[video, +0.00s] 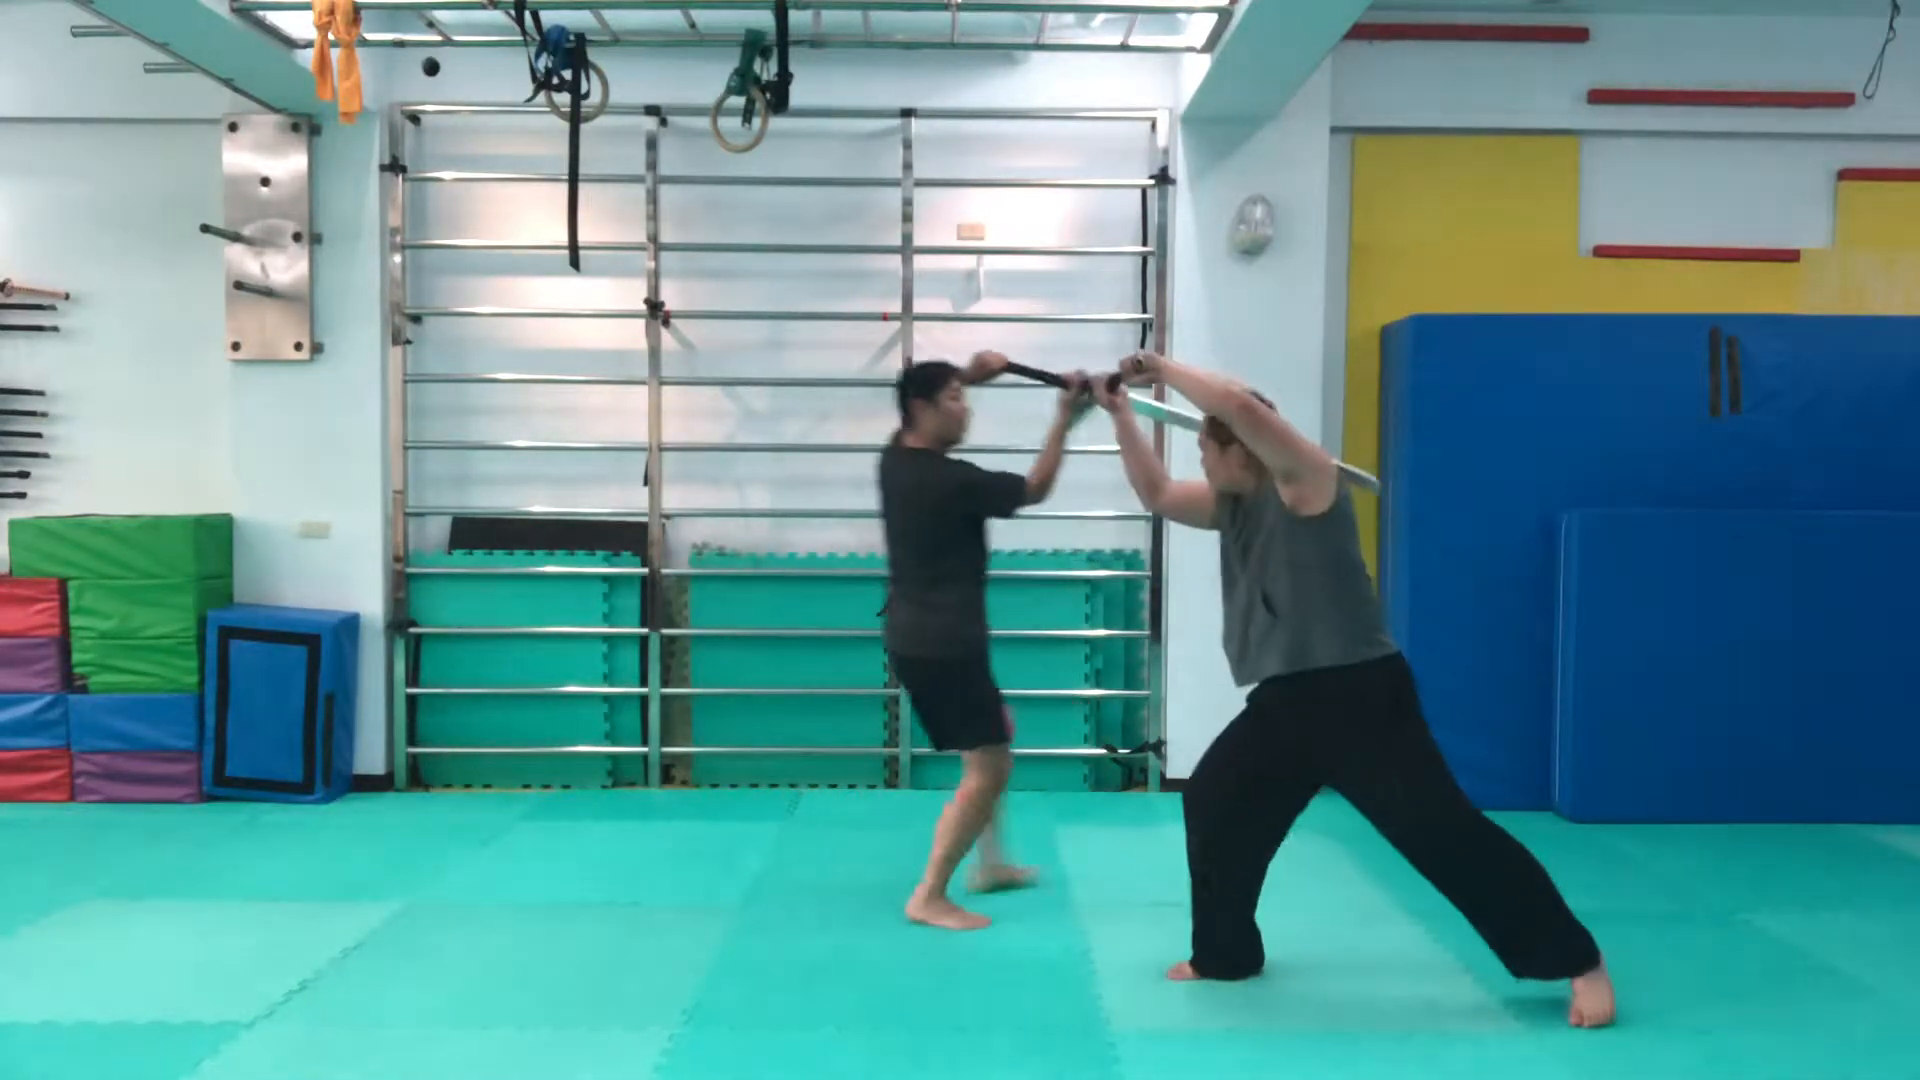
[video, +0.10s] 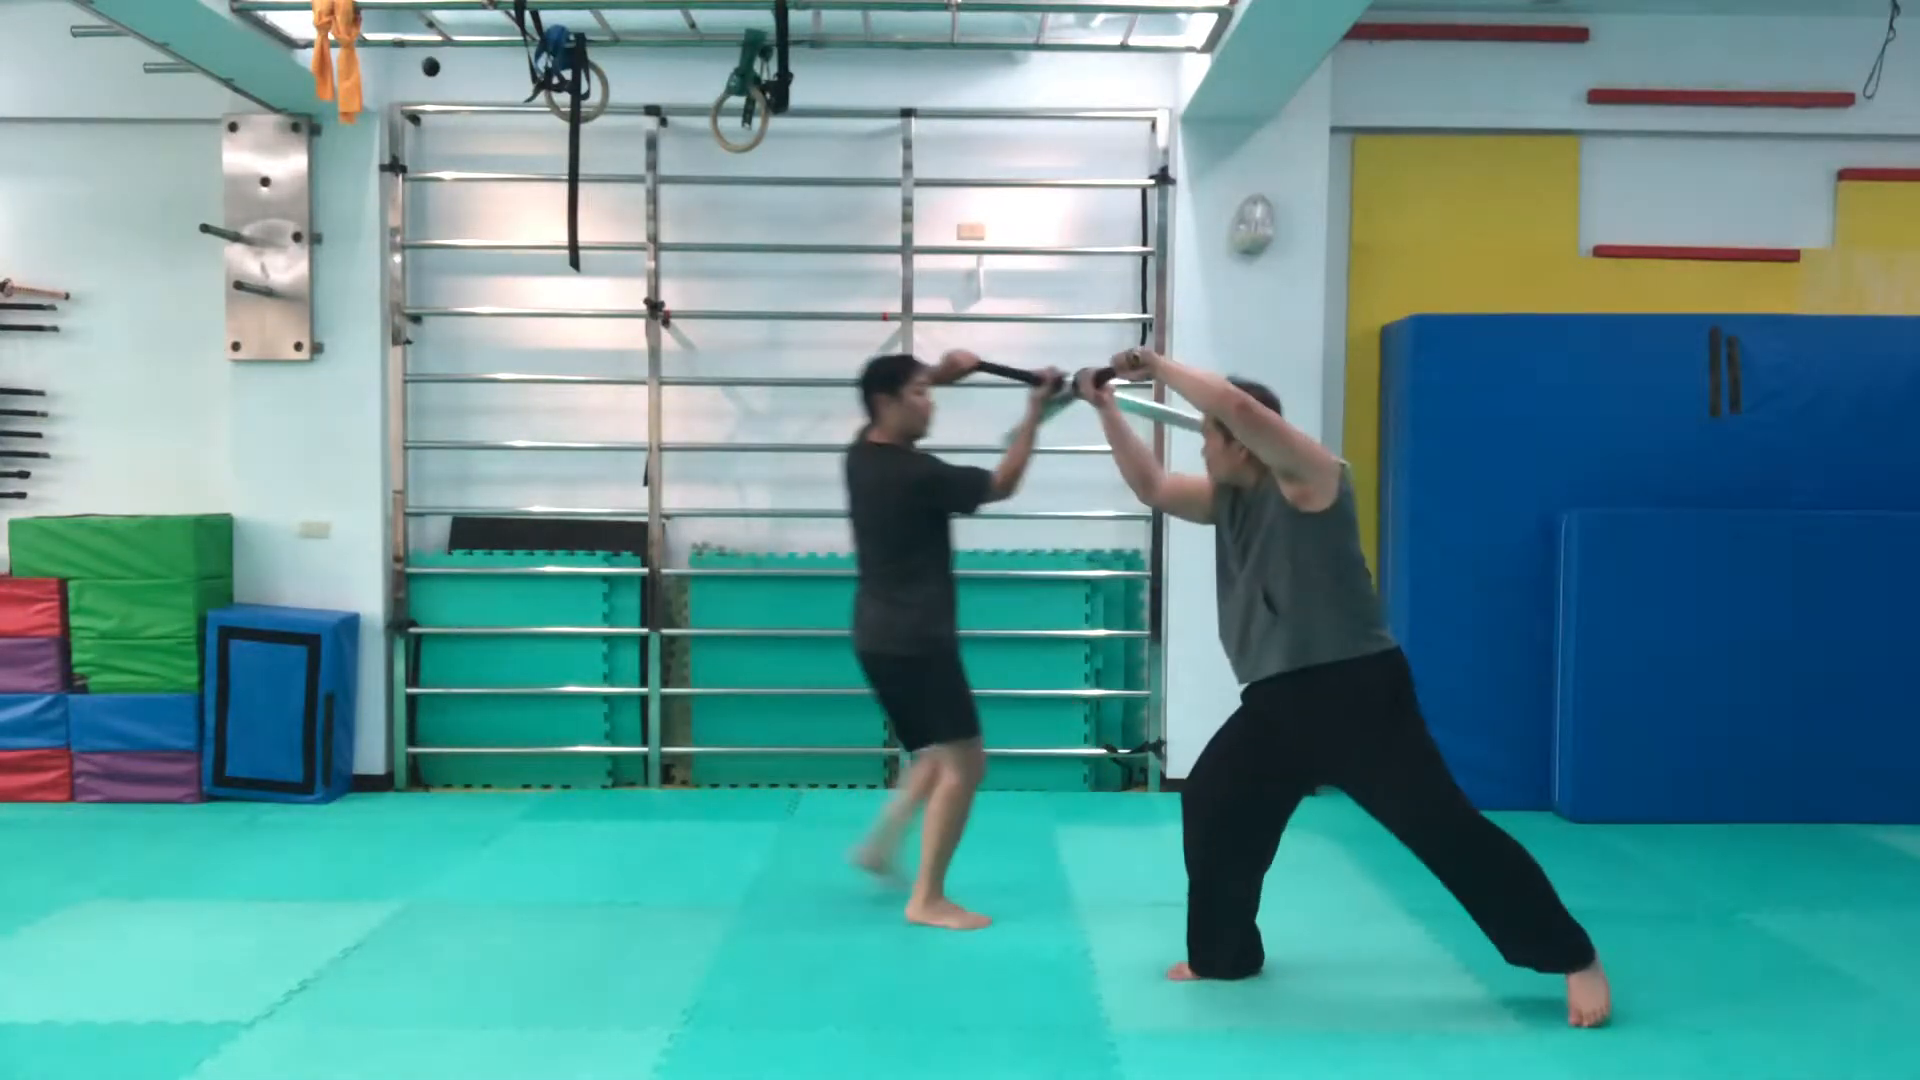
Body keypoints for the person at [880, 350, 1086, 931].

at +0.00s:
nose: (965, 410)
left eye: (964, 400)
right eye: (956, 401)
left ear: (915, 413)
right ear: (925, 411)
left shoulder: (895, 462)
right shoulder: (952, 479)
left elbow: (928, 420)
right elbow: (1035, 487)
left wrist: (969, 377)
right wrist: (1063, 418)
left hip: (914, 642)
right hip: (948, 648)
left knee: (993, 736)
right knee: (988, 765)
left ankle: (990, 866)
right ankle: (929, 896)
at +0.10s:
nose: (929, 403)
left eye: (927, 393)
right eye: (919, 395)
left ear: (882, 407)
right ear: (888, 404)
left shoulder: (861, 457)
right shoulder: (917, 472)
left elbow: (896, 415)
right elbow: (1001, 483)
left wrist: (938, 376)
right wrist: (1033, 413)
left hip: (879, 641)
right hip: (920, 644)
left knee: (936, 753)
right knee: (964, 761)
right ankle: (927, 898)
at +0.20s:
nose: (887, 404)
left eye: (886, 394)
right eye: (878, 395)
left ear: (841, 405)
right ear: (844, 404)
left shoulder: (825, 458)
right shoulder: (875, 473)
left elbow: (861, 411)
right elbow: (962, 486)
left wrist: (901, 380)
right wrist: (1000, 416)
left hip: (849, 642)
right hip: (889, 644)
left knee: (887, 753)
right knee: (940, 762)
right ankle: (925, 900)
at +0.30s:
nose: (846, 407)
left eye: (844, 398)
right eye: (834, 400)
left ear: (802, 413)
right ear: (800, 412)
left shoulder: (787, 464)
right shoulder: (826, 480)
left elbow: (826, 409)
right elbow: (919, 495)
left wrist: (868, 394)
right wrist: (958, 427)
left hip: (811, 647)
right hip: (847, 650)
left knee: (809, 760)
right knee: (904, 760)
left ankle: (697, 858)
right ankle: (922, 901)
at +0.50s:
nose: (774, 404)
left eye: (771, 393)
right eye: (761, 396)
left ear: (726, 411)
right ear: (727, 409)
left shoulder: (706, 471)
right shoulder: (746, 481)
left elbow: (744, 506)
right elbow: (830, 531)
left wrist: (788, 471)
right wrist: (875, 493)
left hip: (719, 657)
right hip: (752, 658)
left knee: (721, 774)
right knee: (827, 758)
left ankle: (657, 895)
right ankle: (857, 896)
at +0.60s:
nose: (750, 395)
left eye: (747, 384)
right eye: (738, 386)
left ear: (701, 399)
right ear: (703, 398)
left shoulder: (671, 466)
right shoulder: (723, 470)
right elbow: (782, 549)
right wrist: (839, 530)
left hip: (690, 649)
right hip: (730, 648)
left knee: (704, 765)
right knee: (797, 751)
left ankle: (656, 893)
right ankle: (765, 900)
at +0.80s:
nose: (720, 389)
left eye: (717, 378)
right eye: (708, 380)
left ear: (669, 393)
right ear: (673, 391)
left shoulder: (639, 460)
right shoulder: (682, 465)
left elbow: (651, 570)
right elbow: (702, 566)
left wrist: (740, 582)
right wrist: (763, 582)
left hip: (643, 647)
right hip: (675, 649)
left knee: (673, 769)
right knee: (704, 775)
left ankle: (655, 897)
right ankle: (606, 910)